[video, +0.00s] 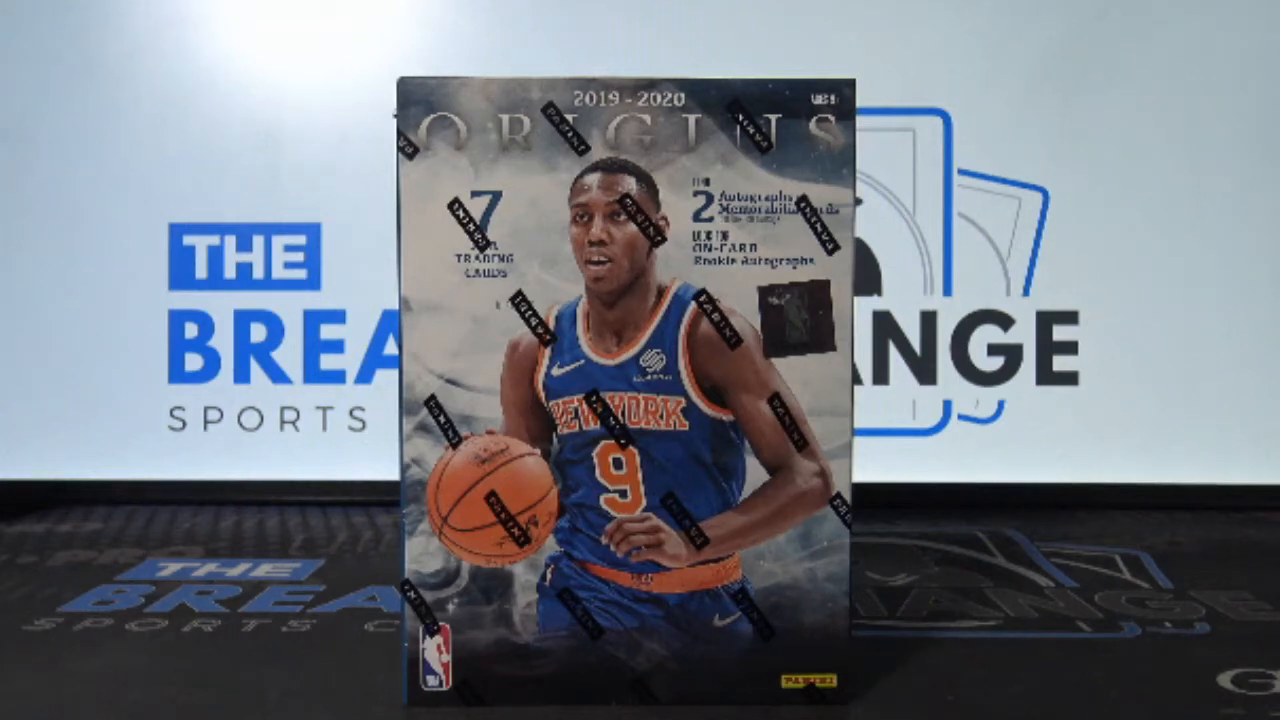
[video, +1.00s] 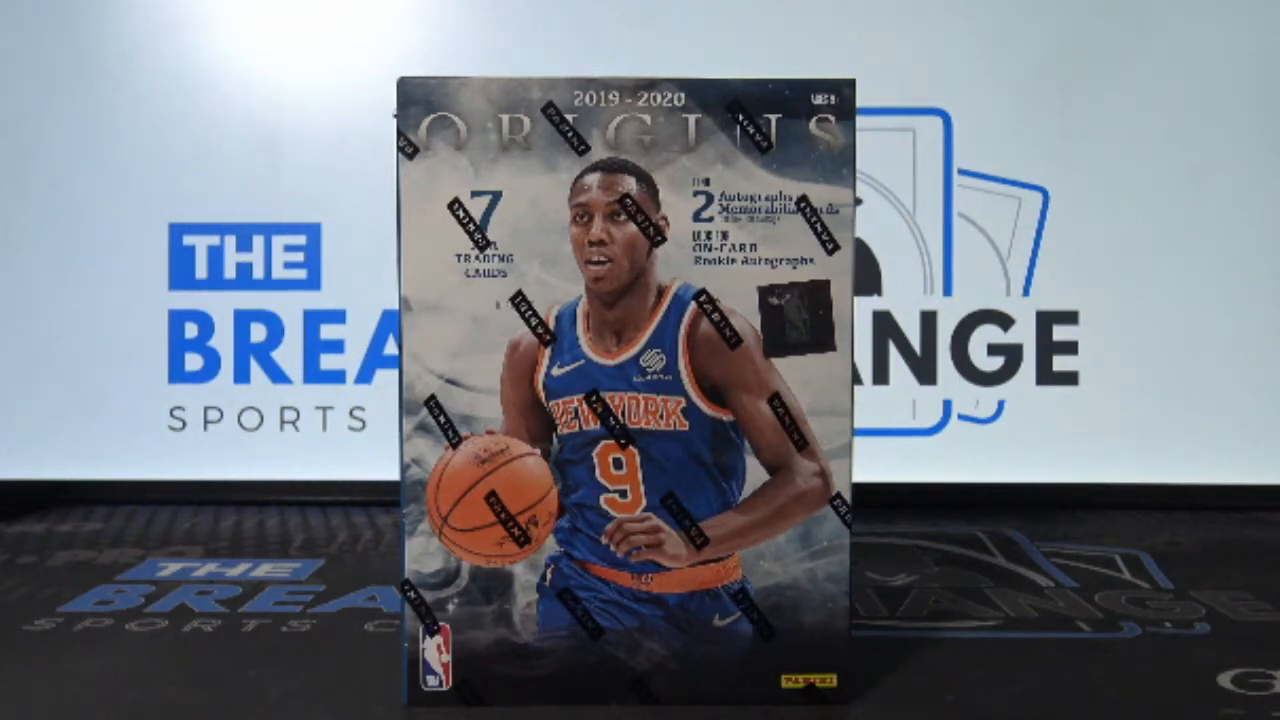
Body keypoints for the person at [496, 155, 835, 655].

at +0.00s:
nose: (595, 235)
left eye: (617, 216)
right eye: (581, 218)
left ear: (657, 230)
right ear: (569, 232)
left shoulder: (712, 334)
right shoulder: (534, 353)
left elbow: (809, 476)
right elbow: (528, 489)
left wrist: (695, 542)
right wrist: (479, 471)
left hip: (698, 612)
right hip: (583, 605)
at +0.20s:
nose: (595, 235)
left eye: (618, 216)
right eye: (581, 218)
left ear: (657, 230)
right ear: (570, 232)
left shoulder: (712, 334)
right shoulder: (534, 353)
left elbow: (809, 476)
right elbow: (526, 489)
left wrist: (695, 542)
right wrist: (475, 472)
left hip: (699, 613)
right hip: (583, 606)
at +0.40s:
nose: (595, 235)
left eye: (618, 216)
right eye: (581, 218)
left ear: (657, 230)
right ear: (570, 232)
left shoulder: (713, 334)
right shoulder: (534, 353)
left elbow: (810, 476)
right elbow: (526, 488)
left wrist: (695, 542)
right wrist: (475, 473)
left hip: (698, 611)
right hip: (583, 604)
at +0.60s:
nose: (595, 235)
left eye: (618, 216)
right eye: (581, 218)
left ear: (657, 230)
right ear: (570, 232)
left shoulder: (712, 334)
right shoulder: (534, 353)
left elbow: (810, 476)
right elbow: (526, 488)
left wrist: (695, 542)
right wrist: (475, 473)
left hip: (698, 611)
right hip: (583, 604)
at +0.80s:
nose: (595, 235)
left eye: (618, 216)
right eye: (581, 218)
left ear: (657, 230)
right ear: (570, 232)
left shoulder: (713, 334)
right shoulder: (534, 353)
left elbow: (810, 476)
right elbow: (525, 487)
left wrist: (695, 542)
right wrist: (476, 472)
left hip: (698, 611)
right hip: (583, 604)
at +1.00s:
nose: (595, 235)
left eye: (617, 216)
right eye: (581, 218)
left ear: (657, 230)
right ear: (569, 232)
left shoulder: (713, 334)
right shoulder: (534, 353)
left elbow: (809, 476)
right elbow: (526, 487)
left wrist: (695, 542)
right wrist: (474, 474)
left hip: (698, 611)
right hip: (584, 604)